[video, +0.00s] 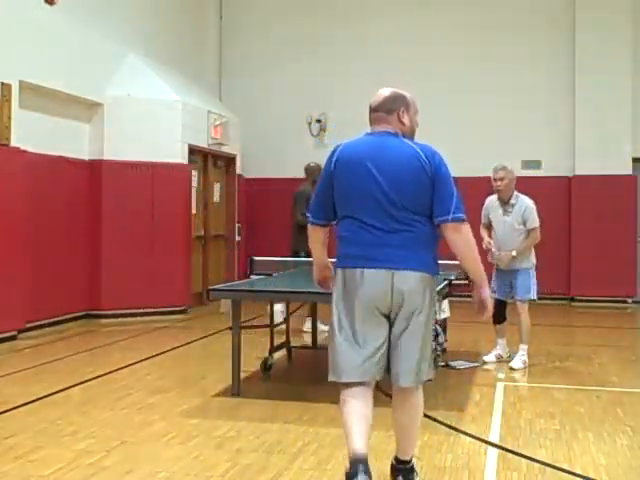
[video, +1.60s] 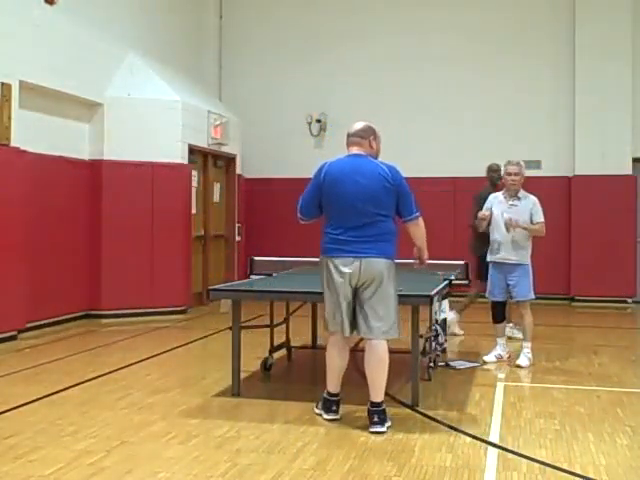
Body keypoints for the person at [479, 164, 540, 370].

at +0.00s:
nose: (497, 184)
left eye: (501, 180)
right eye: (495, 180)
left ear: (512, 180)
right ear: (492, 183)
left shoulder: (526, 205)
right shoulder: (490, 203)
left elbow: (535, 235)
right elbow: (484, 225)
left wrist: (513, 253)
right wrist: (486, 238)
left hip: (522, 264)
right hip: (500, 263)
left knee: (521, 306)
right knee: (498, 306)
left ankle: (523, 351)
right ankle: (501, 348)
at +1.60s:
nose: (512, 179)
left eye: (516, 175)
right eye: (508, 174)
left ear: (523, 178)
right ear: (503, 177)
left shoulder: (531, 201)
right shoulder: (493, 199)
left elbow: (541, 230)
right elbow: (482, 227)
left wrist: (519, 226)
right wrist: (483, 219)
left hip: (520, 260)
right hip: (497, 259)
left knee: (523, 305)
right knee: (497, 304)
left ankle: (527, 349)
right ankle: (501, 347)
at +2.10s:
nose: (505, 176)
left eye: (510, 172)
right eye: (503, 173)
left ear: (520, 175)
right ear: (500, 176)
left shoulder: (529, 198)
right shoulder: (494, 200)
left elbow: (531, 217)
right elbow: (489, 224)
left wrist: (511, 197)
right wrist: (477, 228)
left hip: (519, 259)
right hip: (497, 258)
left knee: (523, 304)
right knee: (497, 304)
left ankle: (527, 349)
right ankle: (501, 347)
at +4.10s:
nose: (501, 187)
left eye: (504, 183)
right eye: (498, 183)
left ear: (516, 181)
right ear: (497, 183)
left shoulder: (530, 201)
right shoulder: (494, 198)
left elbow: (537, 229)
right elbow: (478, 221)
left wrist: (513, 228)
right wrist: (481, 218)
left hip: (518, 261)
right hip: (496, 260)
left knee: (522, 305)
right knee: (497, 304)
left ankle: (527, 350)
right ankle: (501, 346)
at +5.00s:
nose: (488, 187)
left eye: (492, 182)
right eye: (486, 183)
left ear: (504, 180)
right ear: (486, 183)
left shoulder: (519, 202)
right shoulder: (484, 200)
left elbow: (525, 230)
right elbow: (472, 222)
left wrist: (499, 238)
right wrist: (476, 226)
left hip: (509, 262)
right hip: (488, 261)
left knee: (514, 305)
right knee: (492, 305)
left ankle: (525, 349)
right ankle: (500, 347)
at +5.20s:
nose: (486, 190)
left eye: (489, 185)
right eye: (484, 186)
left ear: (501, 182)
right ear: (483, 185)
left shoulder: (516, 202)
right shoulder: (481, 201)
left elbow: (524, 231)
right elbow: (469, 224)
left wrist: (500, 241)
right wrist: (473, 231)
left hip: (507, 262)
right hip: (486, 262)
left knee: (507, 303)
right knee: (491, 305)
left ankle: (521, 347)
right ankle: (500, 347)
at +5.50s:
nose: (480, 200)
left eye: (483, 195)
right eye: (478, 196)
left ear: (494, 190)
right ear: (477, 193)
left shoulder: (511, 205)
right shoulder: (476, 206)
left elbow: (520, 236)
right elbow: (471, 231)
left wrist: (504, 257)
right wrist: (475, 249)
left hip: (508, 263)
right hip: (487, 263)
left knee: (506, 305)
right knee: (490, 306)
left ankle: (508, 350)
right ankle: (499, 346)